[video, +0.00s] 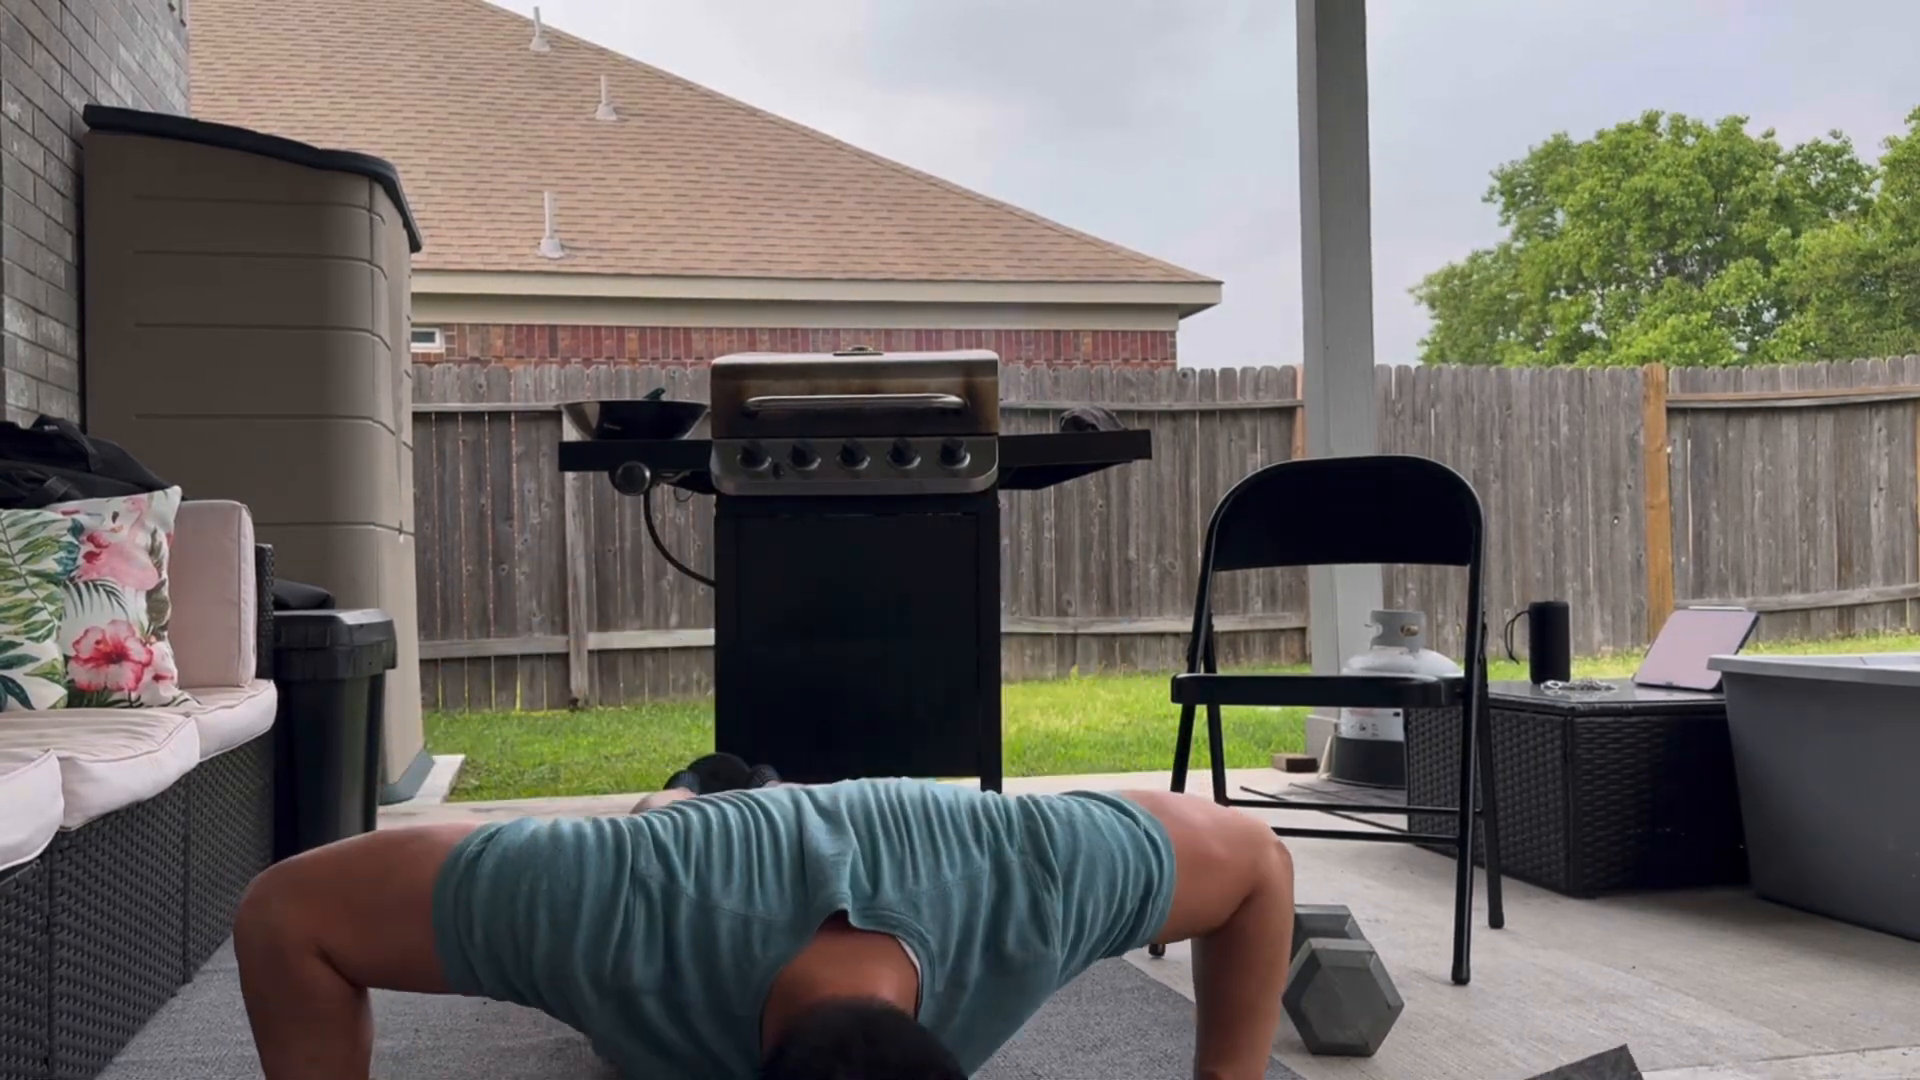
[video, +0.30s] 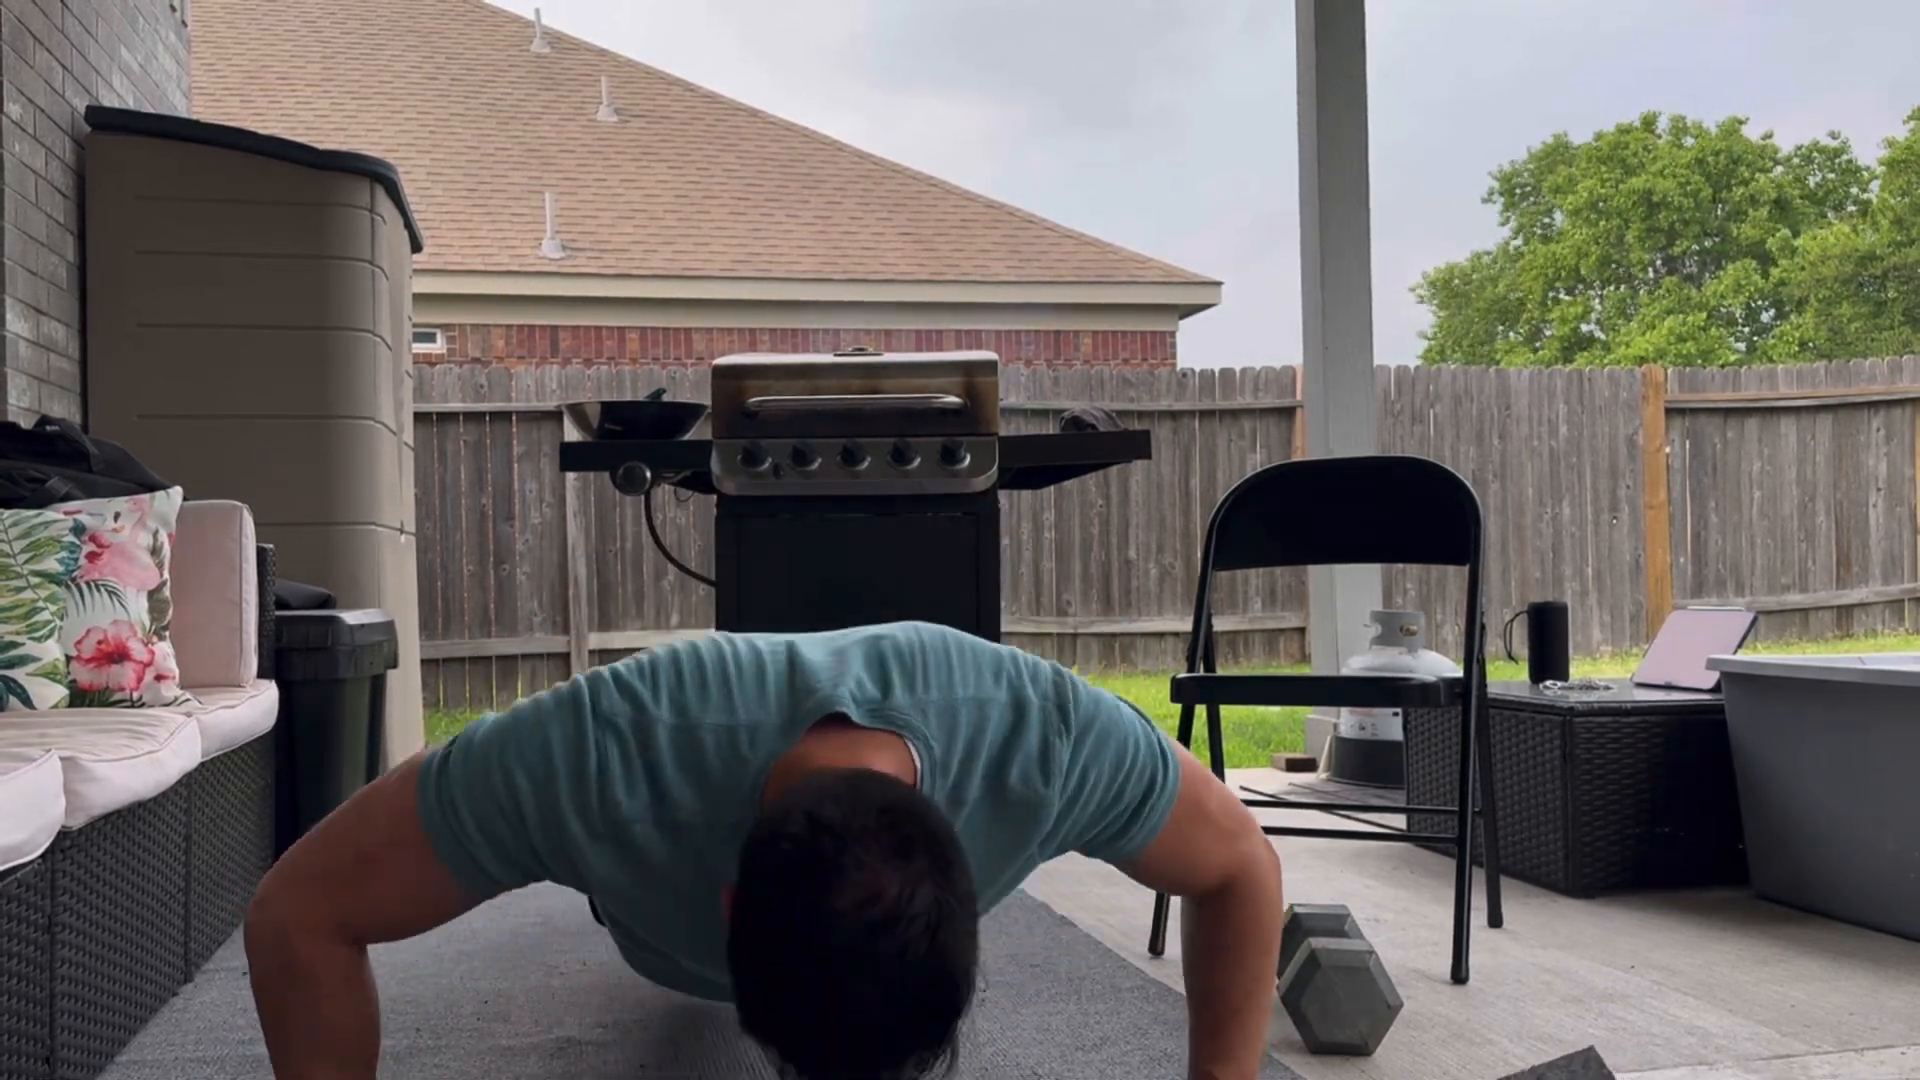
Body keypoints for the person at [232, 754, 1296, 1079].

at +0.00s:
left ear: (940, 1038)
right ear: (754, 1042)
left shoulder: (1042, 881)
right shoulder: (616, 919)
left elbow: (1256, 867)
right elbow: (287, 921)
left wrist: (1231, 1072)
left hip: (911, 813)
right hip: (681, 835)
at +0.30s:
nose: (837, 1077)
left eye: (887, 1060)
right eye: (803, 1048)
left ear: (959, 915)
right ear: (740, 894)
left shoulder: (1051, 747)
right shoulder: (597, 758)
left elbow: (1240, 872)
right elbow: (298, 919)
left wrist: (1226, 1067)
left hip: (939, 863)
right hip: (676, 918)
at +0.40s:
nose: (834, 933)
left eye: (873, 921)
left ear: (962, 787)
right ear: (732, 746)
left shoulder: (1040, 632)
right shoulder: (604, 628)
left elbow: (1191, 853)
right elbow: (374, 891)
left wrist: (1212, 1070)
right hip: (677, 864)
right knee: (679, 909)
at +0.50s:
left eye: (866, 899)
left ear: (961, 746)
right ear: (732, 718)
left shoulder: (1035, 611)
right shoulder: (607, 608)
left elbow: (1187, 849)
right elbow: (383, 881)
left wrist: (1215, 1066)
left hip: (874, 870)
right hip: (673, 865)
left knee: (847, 932)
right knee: (680, 927)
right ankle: (618, 844)